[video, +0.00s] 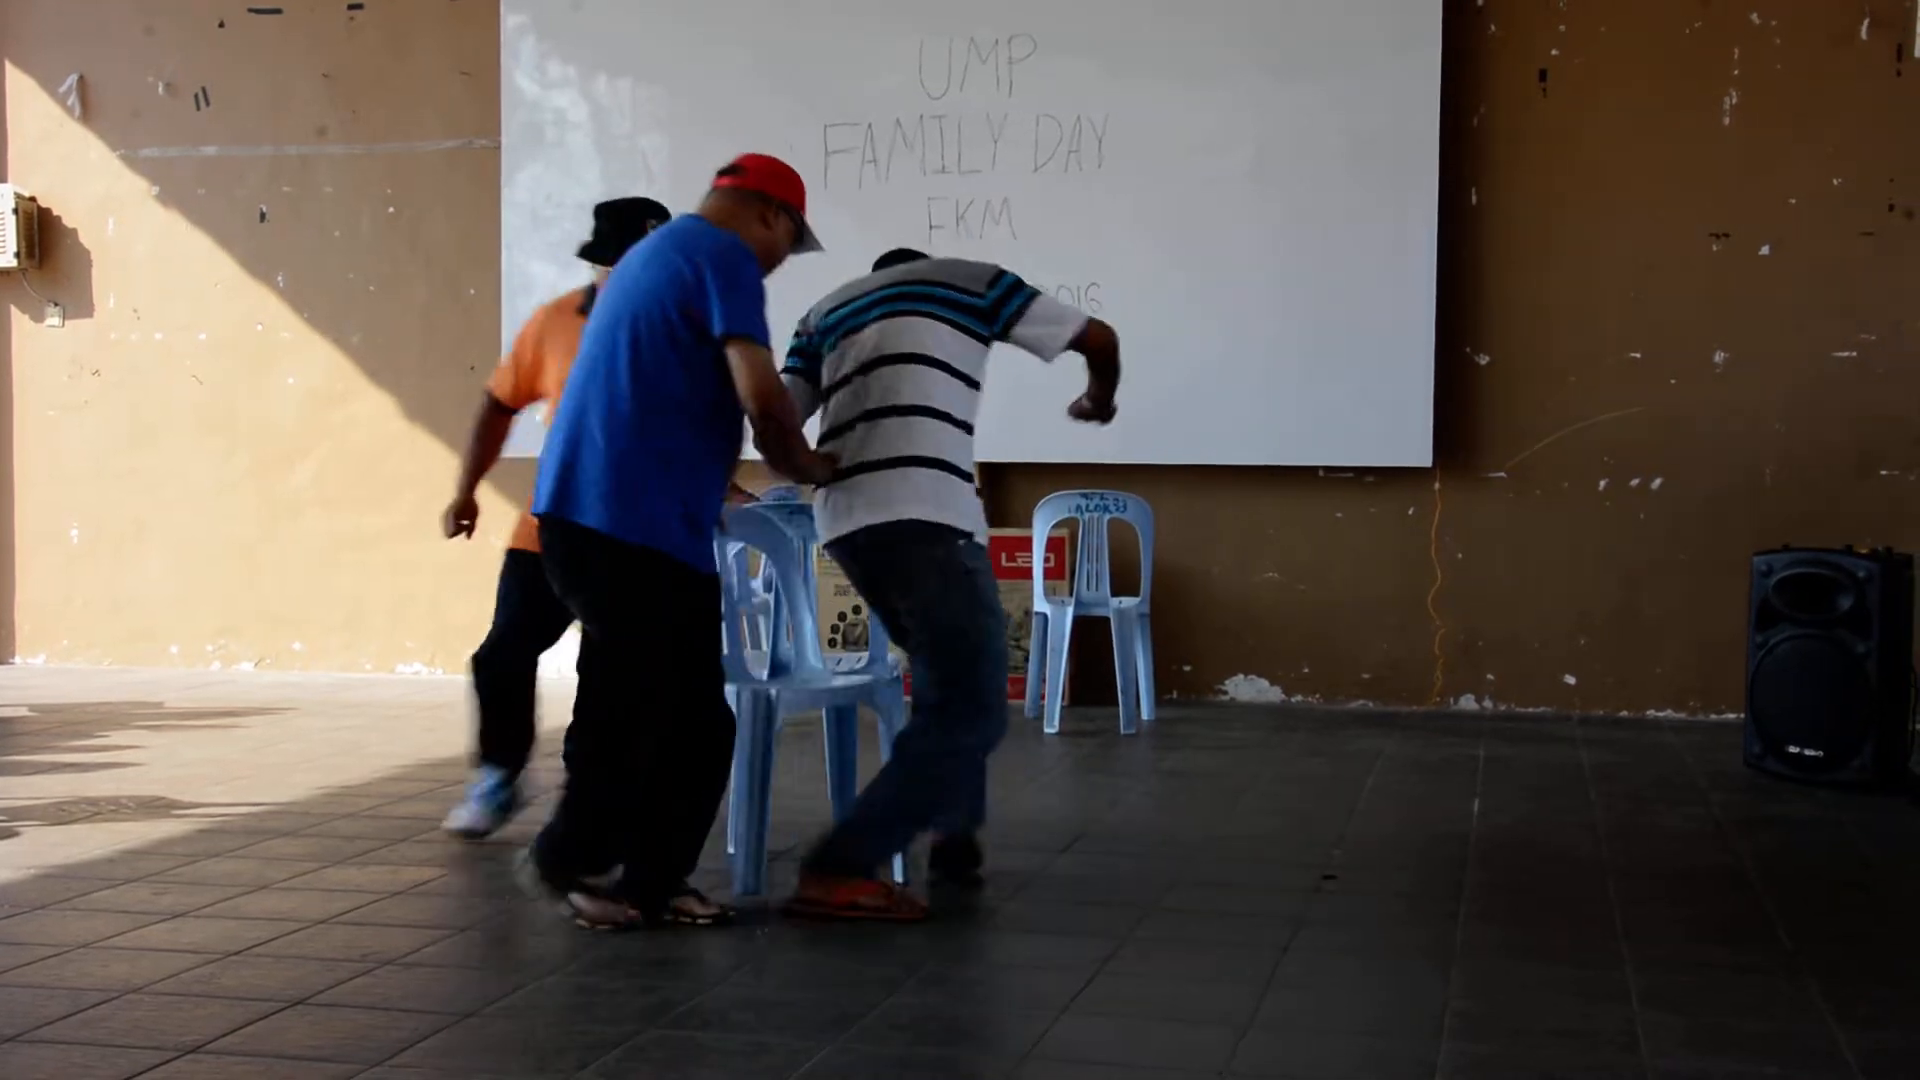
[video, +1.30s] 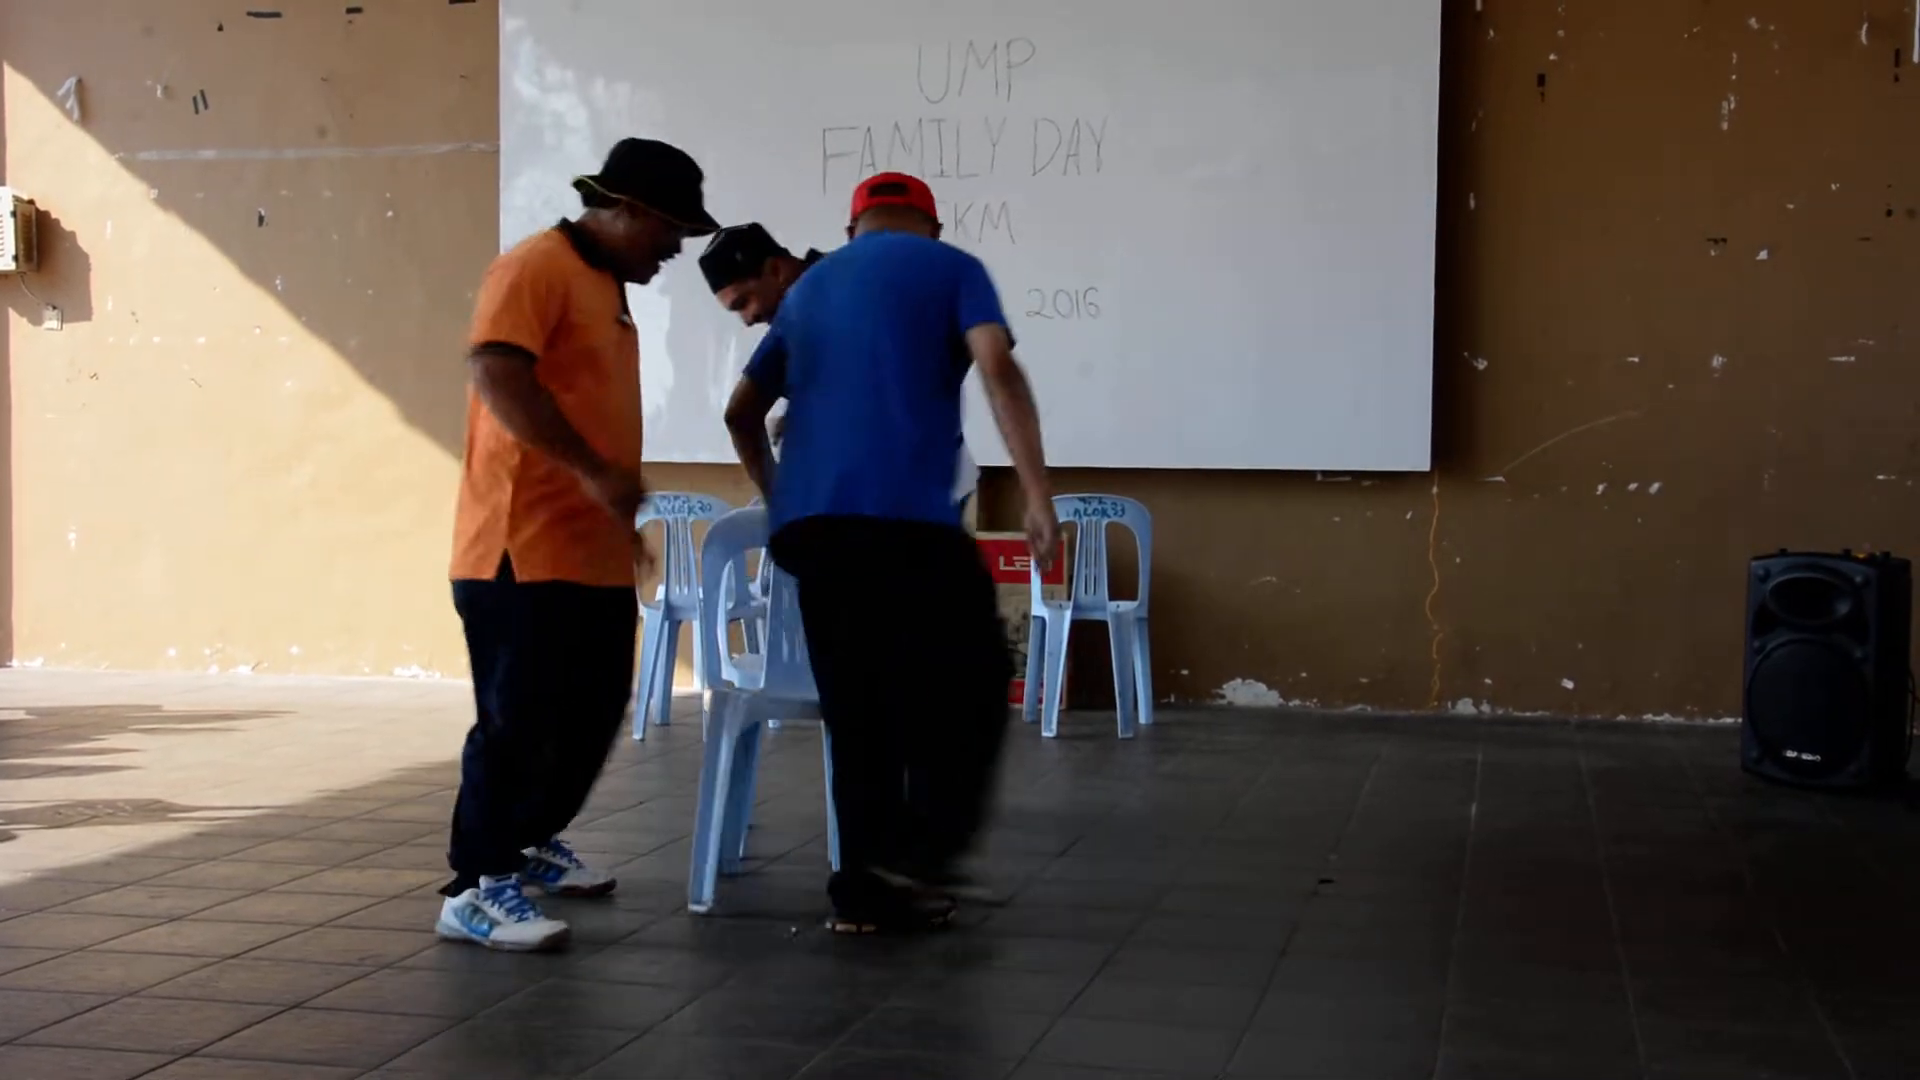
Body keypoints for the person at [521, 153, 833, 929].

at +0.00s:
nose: (785, 256)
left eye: (792, 244)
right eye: (789, 238)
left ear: (725, 204)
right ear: (763, 212)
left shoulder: (655, 252)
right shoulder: (724, 256)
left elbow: (643, 405)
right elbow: (762, 398)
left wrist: (725, 480)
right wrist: (804, 463)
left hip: (581, 508)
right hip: (645, 523)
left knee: (619, 694)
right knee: (696, 713)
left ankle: (569, 855)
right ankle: (653, 884)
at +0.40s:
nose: (837, 292)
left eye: (840, 282)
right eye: (838, 280)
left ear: (773, 239)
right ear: (820, 262)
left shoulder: (701, 277)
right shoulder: (808, 286)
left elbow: (660, 409)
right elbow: (868, 395)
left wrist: (746, 495)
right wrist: (918, 448)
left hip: (587, 496)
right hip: (651, 507)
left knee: (665, 703)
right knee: (693, 703)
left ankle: (634, 887)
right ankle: (635, 897)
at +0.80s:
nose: (851, 241)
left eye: (852, 230)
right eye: (851, 227)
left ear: (776, 201)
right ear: (833, 208)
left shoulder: (722, 261)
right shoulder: (822, 248)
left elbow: (732, 410)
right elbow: (850, 389)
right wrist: (870, 489)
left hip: (669, 503)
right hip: (731, 507)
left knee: (761, 699)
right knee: (776, 702)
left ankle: (672, 845)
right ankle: (704, 924)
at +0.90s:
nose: (866, 233)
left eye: (865, 223)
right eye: (866, 220)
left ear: (786, 200)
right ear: (851, 205)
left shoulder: (735, 263)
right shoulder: (848, 250)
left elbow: (749, 404)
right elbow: (867, 400)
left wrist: (876, 437)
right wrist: (849, 507)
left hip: (692, 503)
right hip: (754, 507)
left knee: (835, 665)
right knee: (769, 701)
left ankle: (763, 865)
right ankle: (703, 918)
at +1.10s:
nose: (909, 241)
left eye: (904, 232)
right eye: (909, 229)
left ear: (828, 214)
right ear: (897, 219)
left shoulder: (775, 274)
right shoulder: (906, 268)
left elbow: (741, 403)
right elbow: (944, 404)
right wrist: (970, 497)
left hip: (748, 514)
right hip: (822, 519)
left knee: (867, 701)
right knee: (846, 704)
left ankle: (874, 895)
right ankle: (710, 904)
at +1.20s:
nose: (921, 246)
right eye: (922, 234)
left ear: (844, 224)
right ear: (919, 228)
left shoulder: (796, 286)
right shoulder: (928, 273)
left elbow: (738, 414)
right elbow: (975, 395)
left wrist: (774, 496)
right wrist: (1018, 511)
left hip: (776, 520)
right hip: (862, 518)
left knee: (866, 706)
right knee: (920, 695)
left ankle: (874, 894)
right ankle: (799, 836)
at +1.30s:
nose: (927, 231)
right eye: (928, 221)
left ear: (855, 223)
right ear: (931, 221)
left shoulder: (812, 284)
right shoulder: (952, 266)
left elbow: (742, 410)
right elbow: (998, 364)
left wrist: (777, 502)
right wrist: (1037, 496)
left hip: (814, 527)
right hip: (912, 522)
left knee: (856, 708)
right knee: (975, 684)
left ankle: (863, 893)